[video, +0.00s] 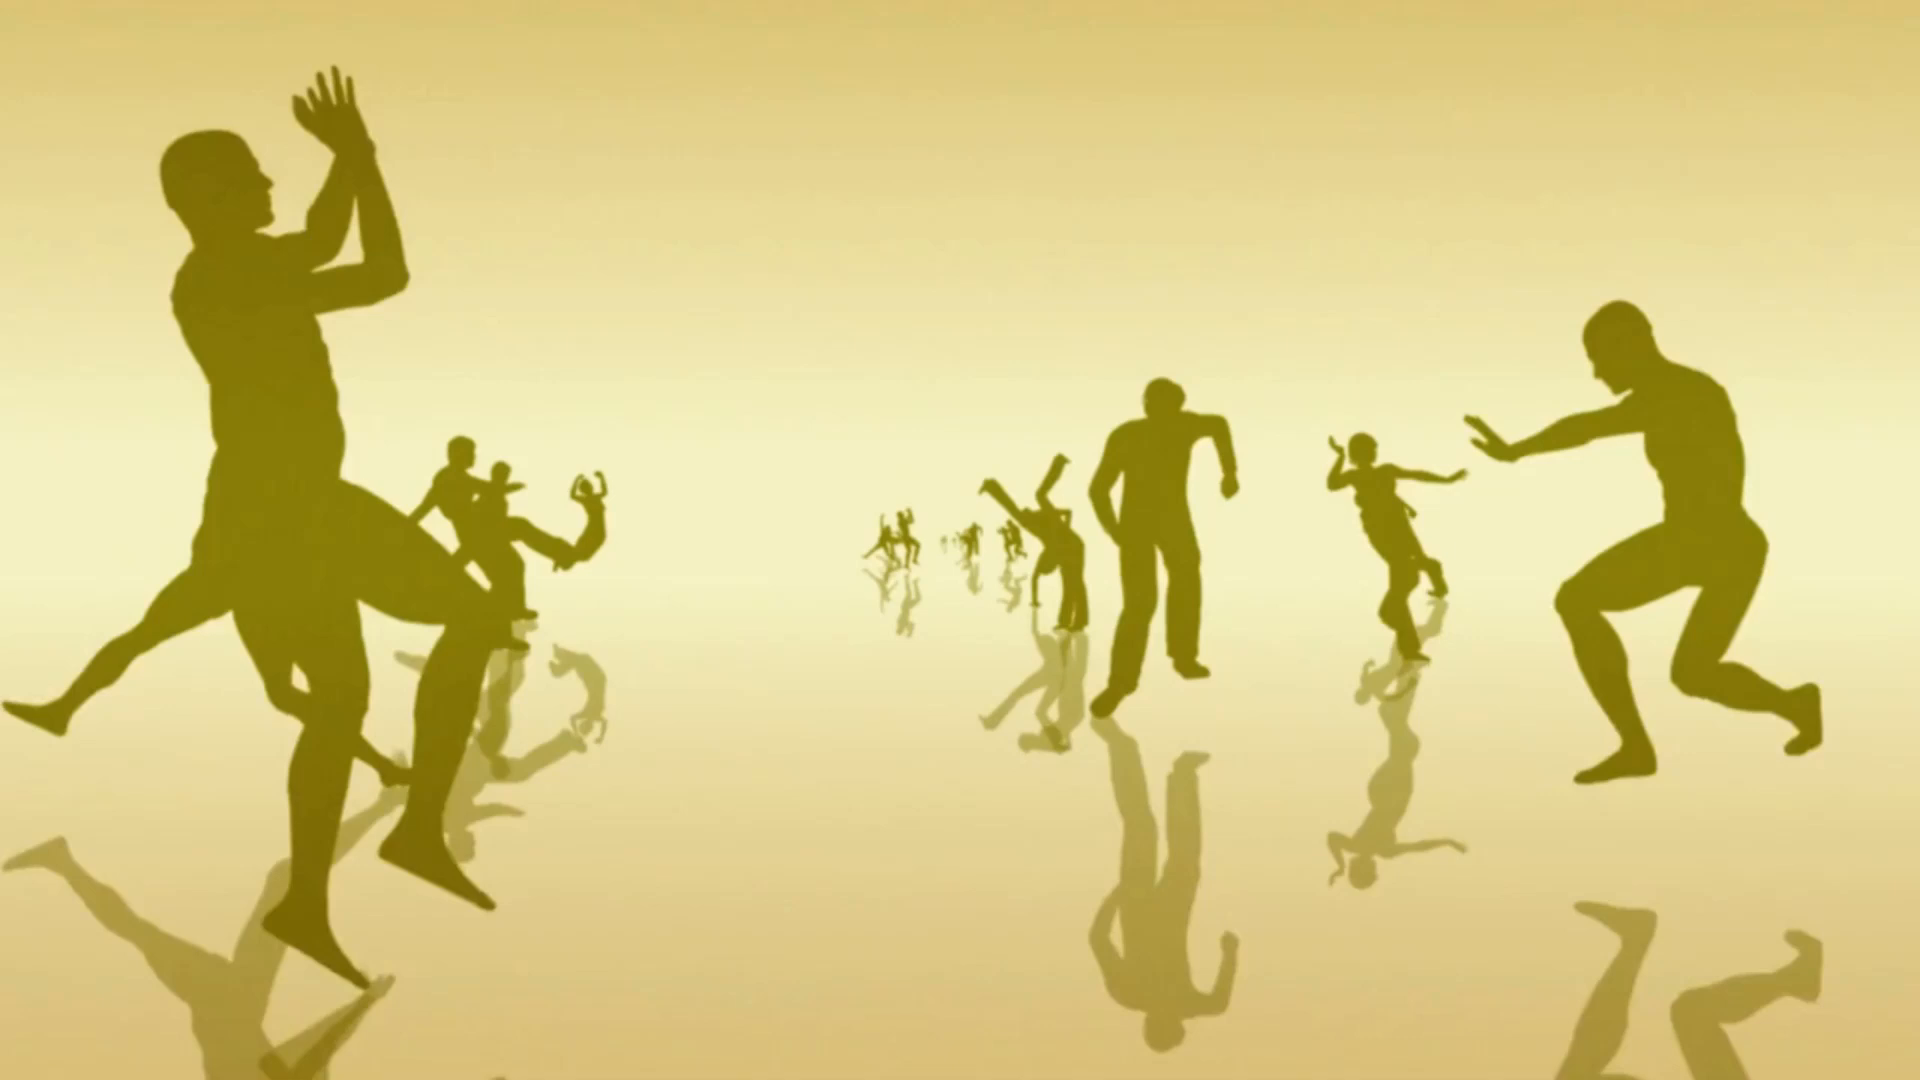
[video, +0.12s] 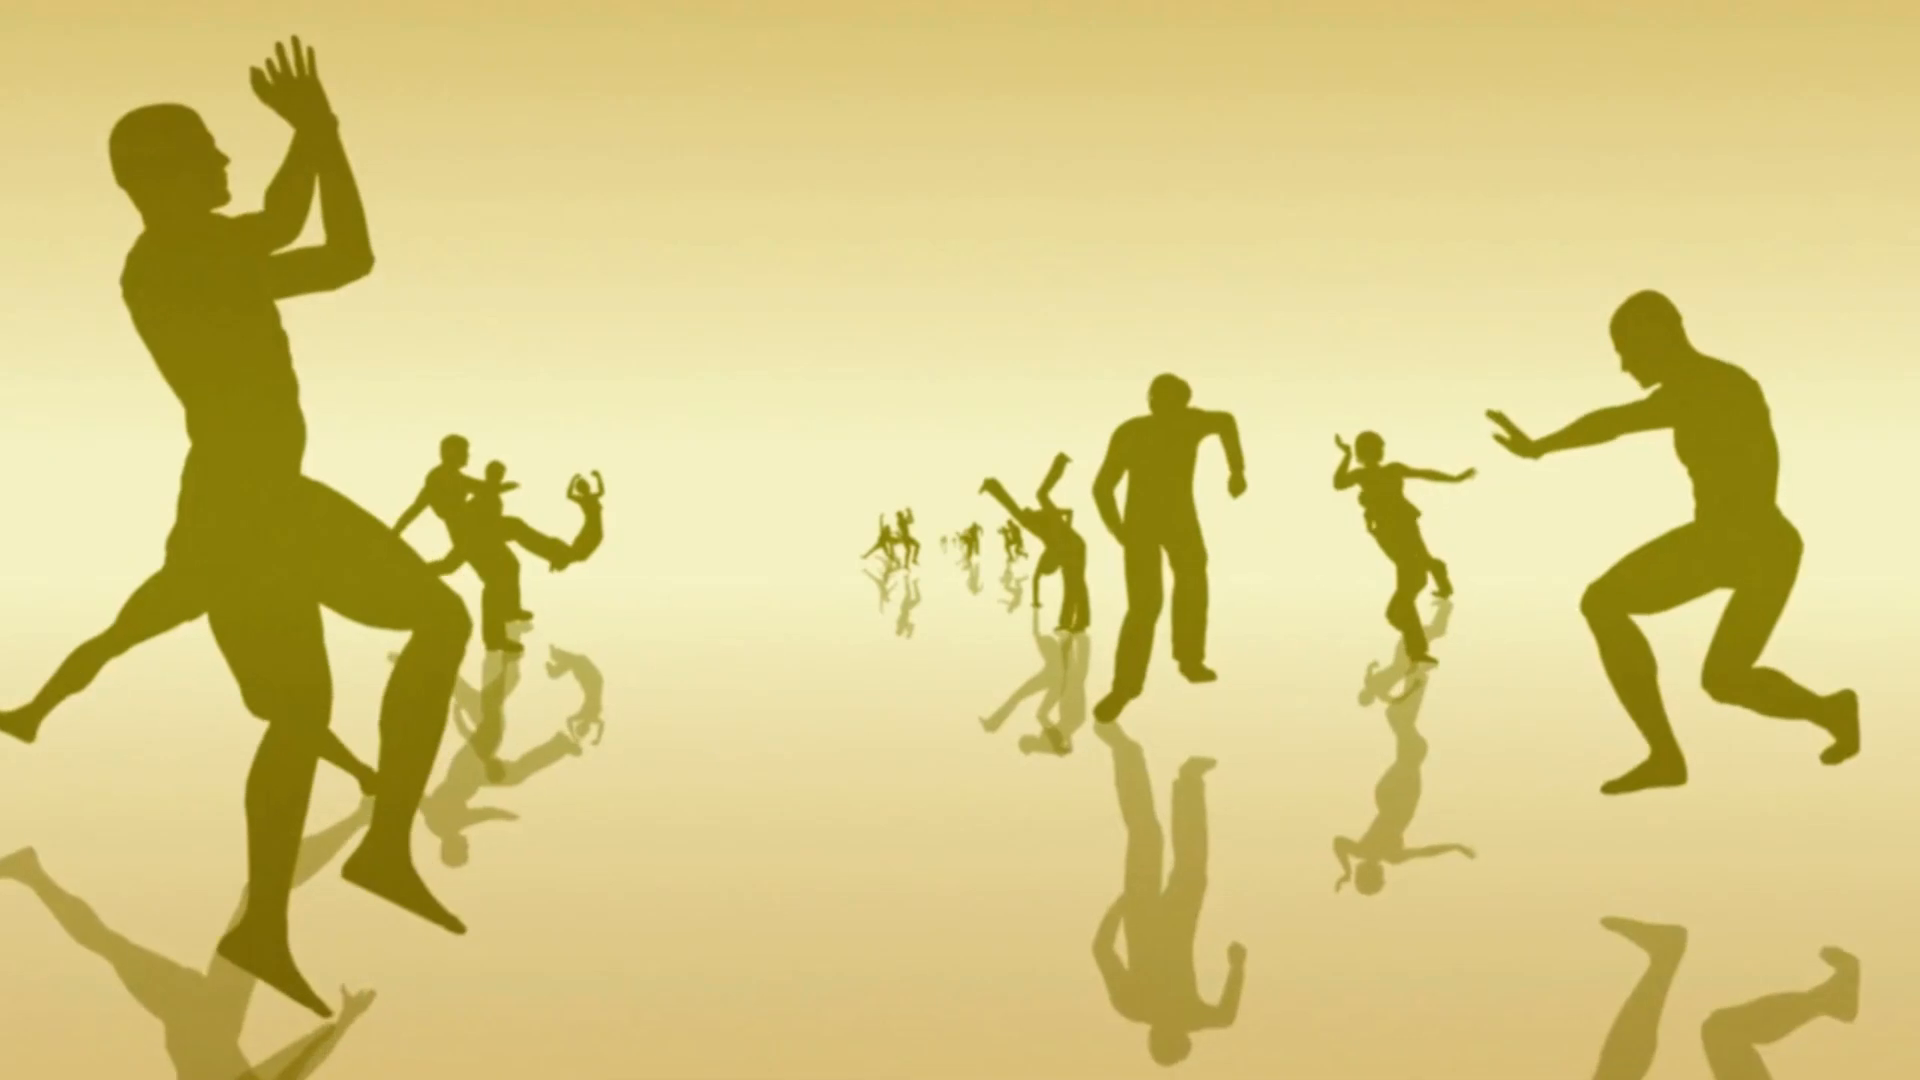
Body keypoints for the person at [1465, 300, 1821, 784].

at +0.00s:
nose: (1596, 371)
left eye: (1599, 356)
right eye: (1592, 359)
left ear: (1630, 347)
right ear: (1633, 347)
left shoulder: (1686, 393)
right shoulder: (1653, 397)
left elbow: (1591, 428)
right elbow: (1588, 427)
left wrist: (1514, 451)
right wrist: (1513, 451)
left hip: (1731, 546)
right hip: (1681, 540)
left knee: (1692, 672)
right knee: (1576, 601)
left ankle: (1794, 706)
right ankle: (1634, 745)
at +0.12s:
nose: (1623, 364)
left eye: (1627, 349)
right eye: (1620, 351)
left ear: (1658, 339)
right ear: (1662, 339)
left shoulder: (1719, 386)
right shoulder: (1682, 392)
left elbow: (1619, 423)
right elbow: (1616, 422)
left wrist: (1539, 446)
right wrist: (1538, 447)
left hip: (1765, 546)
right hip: (1713, 540)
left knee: (1724, 679)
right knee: (1602, 604)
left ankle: (1831, 712)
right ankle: (1663, 754)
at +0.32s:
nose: (1704, 343)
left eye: (1708, 325)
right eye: (1699, 329)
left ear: (1743, 314)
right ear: (1746, 317)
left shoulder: (1814, 366)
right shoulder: (1774, 373)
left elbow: (1698, 408)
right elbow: (1695, 408)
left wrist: (1608, 435)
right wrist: (1608, 436)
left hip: (1863, 546)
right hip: (1802, 540)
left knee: (1815, 694)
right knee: (1680, 609)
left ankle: (1916, 729)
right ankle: (1748, 780)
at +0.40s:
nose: (1761, 329)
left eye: (1764, 311)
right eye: (1757, 314)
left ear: (1800, 299)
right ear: (1811, 299)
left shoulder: (1865, 356)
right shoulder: (1844, 357)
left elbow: (1753, 398)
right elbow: (1752, 397)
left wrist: (1657, 428)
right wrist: (1658, 427)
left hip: (1907, 545)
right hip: (1877, 539)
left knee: (1883, 706)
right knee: (1736, 615)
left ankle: (1810, 798)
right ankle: (1808, 798)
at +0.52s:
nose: (1802, 317)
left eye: (1805, 297)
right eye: (1797, 300)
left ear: (1844, 285)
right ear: (1855, 285)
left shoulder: (1896, 346)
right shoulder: (1882, 349)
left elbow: (1791, 390)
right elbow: (1792, 390)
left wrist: (1692, 422)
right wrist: (1694, 421)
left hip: (1910, 539)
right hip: (1906, 537)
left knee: (1915, 715)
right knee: (1776, 619)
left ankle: (1854, 811)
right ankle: (1854, 811)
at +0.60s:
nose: (1873, 296)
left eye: (1878, 274)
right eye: (1870, 278)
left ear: (1915, 266)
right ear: (1907, 272)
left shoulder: (1917, 353)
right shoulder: (1915, 351)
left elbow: (1867, 376)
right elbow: (1868, 376)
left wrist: (1757, 412)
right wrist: (1758, 411)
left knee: (1847, 625)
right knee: (1846, 623)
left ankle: (1917, 820)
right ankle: (1916, 822)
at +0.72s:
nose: (1913, 252)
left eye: (1915, 240)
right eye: (1914, 241)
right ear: (1912, 241)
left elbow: (1905, 369)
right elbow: (1906, 369)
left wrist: (1806, 404)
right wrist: (1806, 403)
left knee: (1892, 631)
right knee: (1890, 631)